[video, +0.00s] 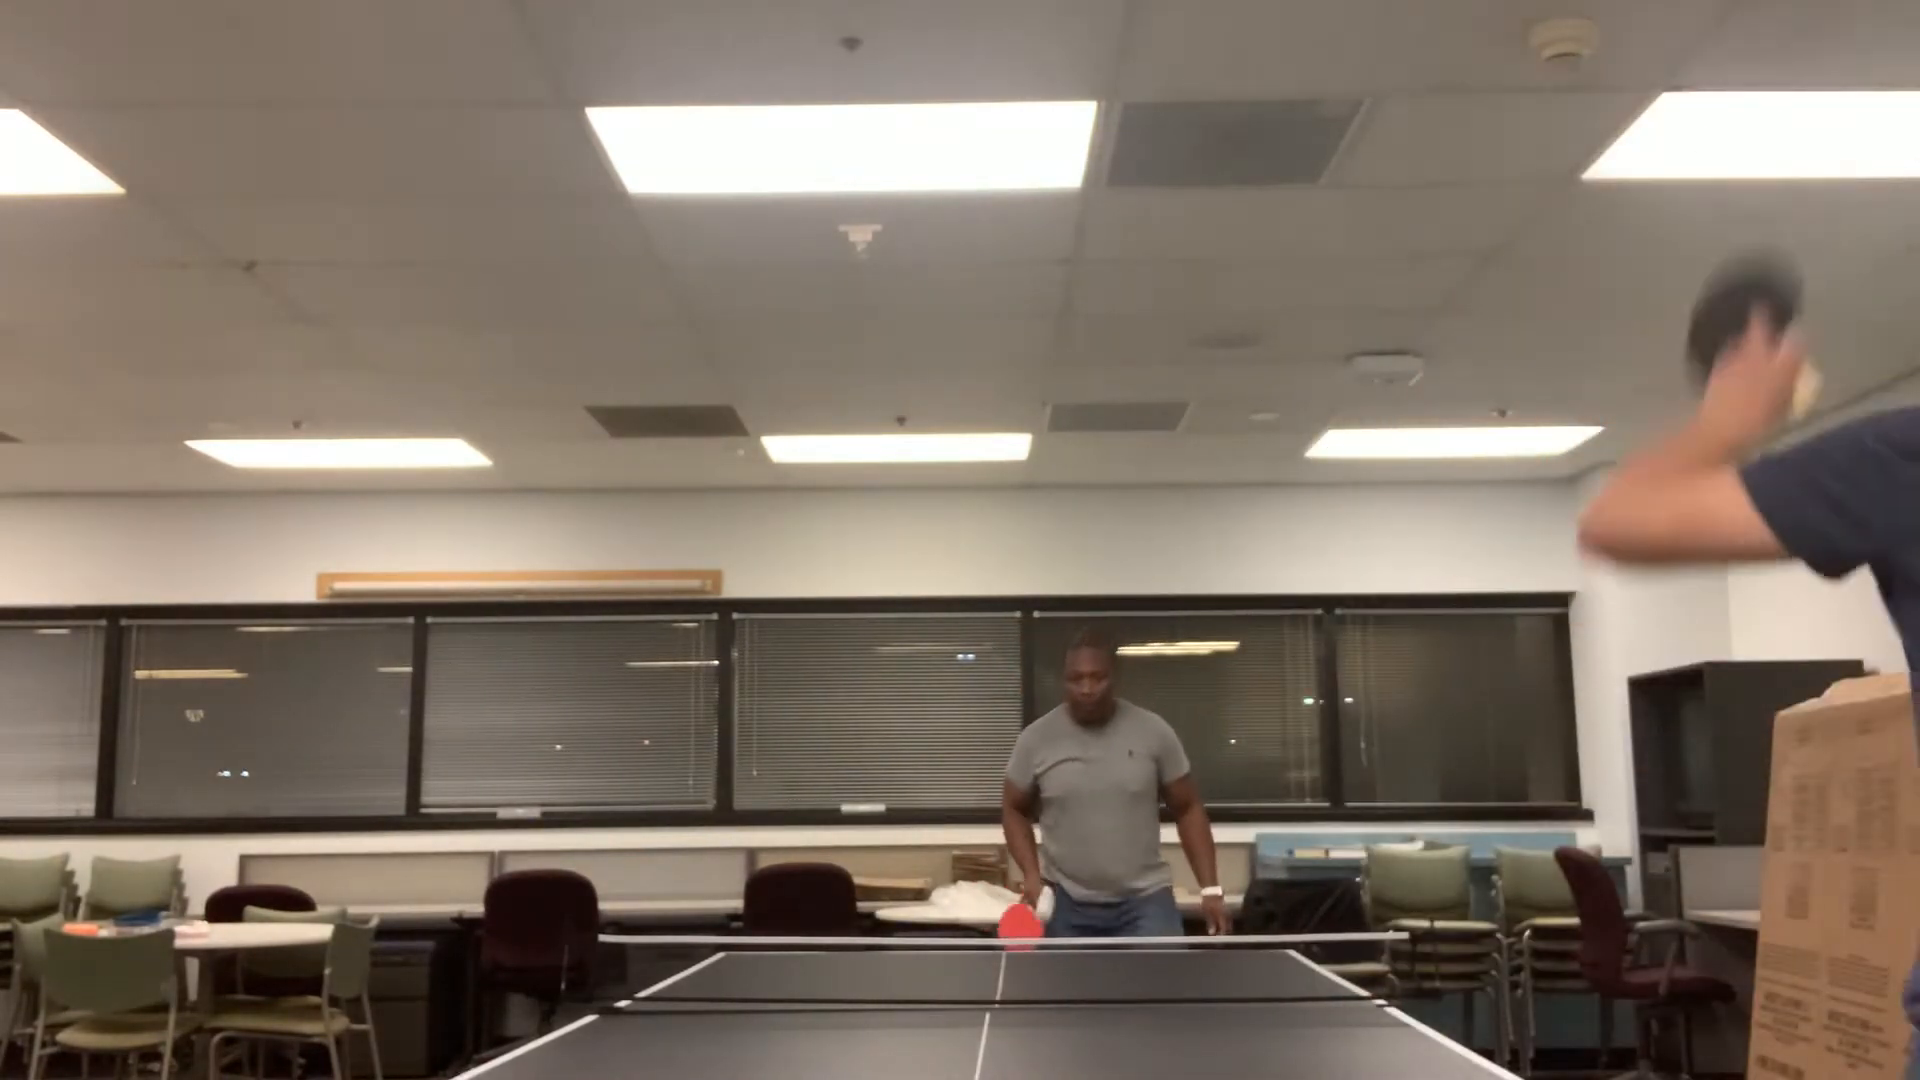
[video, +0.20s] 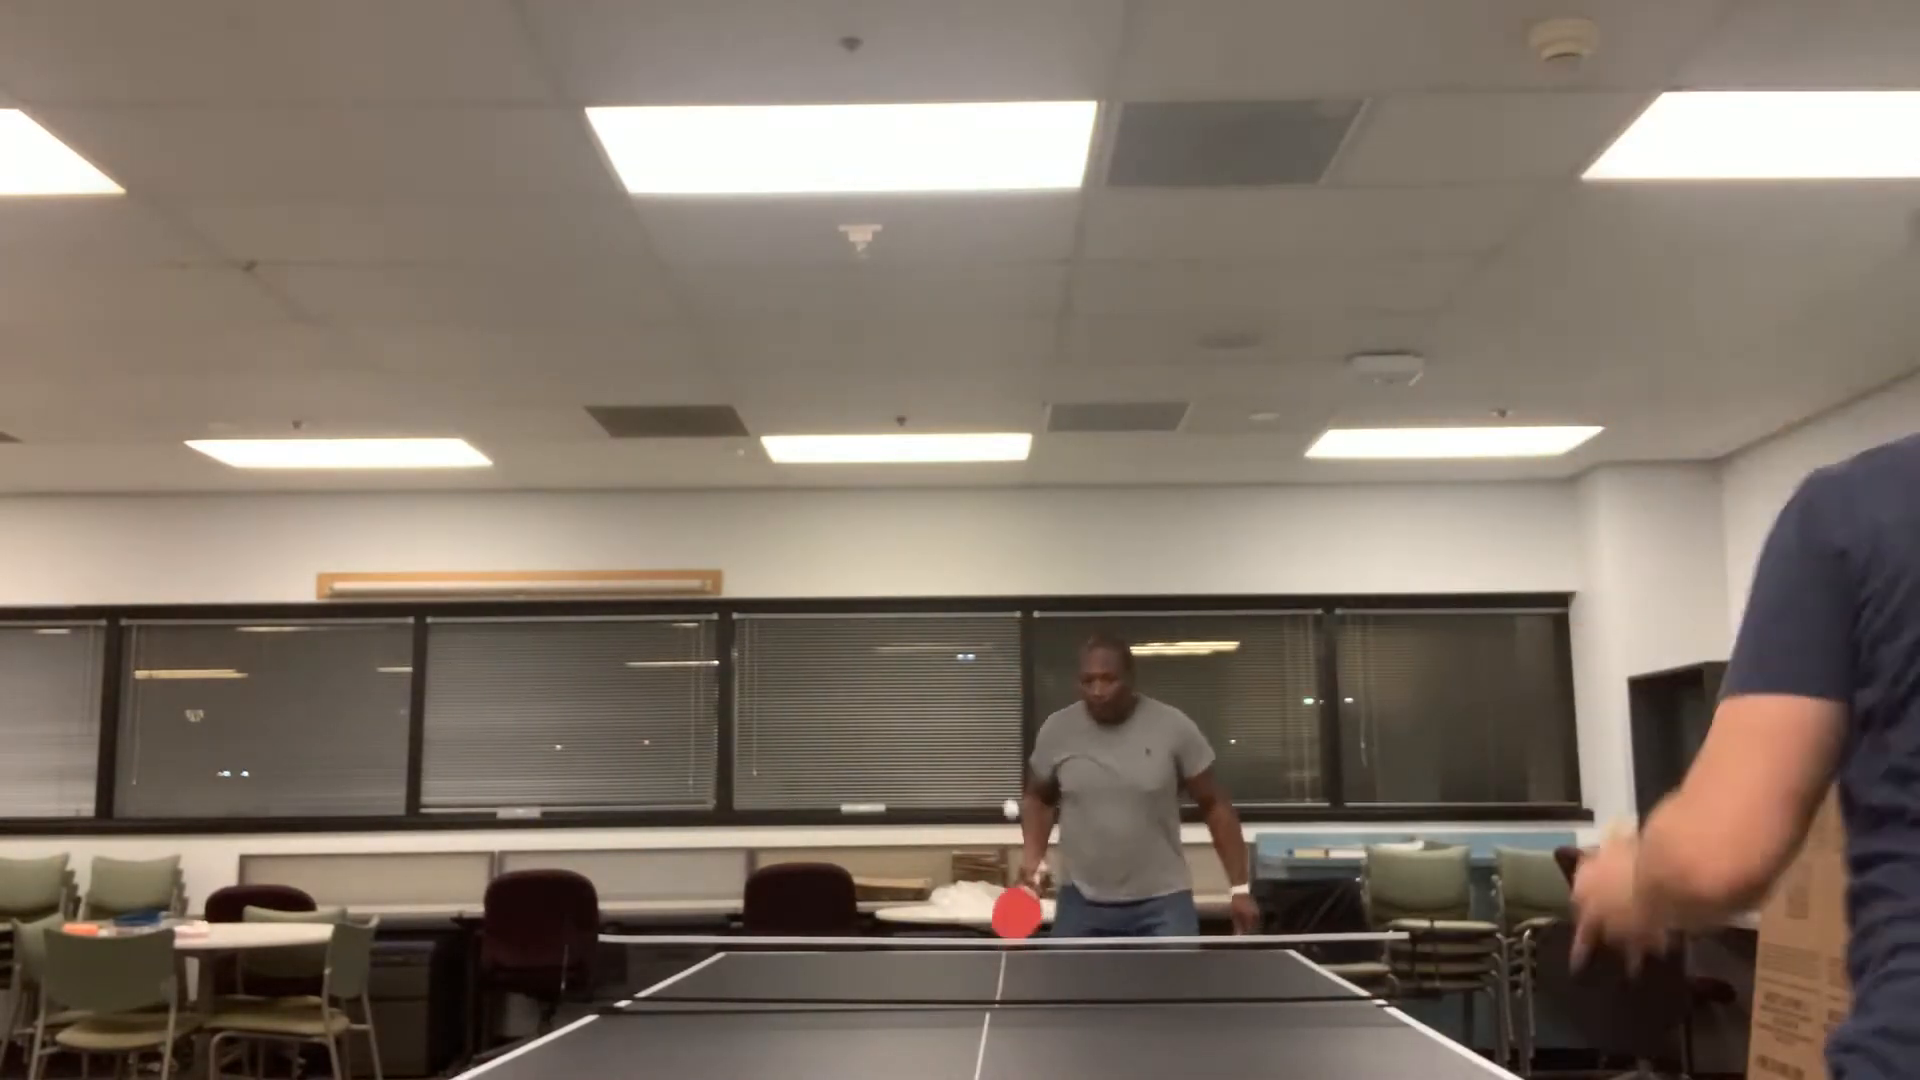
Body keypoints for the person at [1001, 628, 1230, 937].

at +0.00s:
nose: (1086, 689)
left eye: (1097, 678)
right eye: (1076, 679)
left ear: (1113, 678)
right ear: (1063, 680)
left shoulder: (1153, 733)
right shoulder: (1035, 740)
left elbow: (1187, 809)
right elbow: (1014, 811)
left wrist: (1210, 891)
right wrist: (1031, 876)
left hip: (1145, 900)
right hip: (1068, 901)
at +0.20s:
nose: (1097, 691)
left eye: (1108, 679)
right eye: (1088, 681)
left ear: (1129, 680)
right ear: (1079, 682)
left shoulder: (1172, 727)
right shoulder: (1057, 730)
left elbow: (1215, 805)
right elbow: (1038, 797)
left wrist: (1240, 888)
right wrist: (1033, 858)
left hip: (1162, 902)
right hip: (1082, 902)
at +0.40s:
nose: (1118, 679)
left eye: (1129, 670)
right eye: (1112, 668)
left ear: (1158, 665)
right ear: (1106, 661)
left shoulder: (1202, 694)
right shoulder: (1092, 692)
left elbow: (1261, 755)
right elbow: (1051, 746)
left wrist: (1305, 833)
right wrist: (1025, 778)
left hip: (1183, 879)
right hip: (1108, 878)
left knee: (1186, 993)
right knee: (1095, 990)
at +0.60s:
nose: (1142, 669)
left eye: (1154, 660)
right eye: (1136, 657)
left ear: (1181, 660)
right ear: (1129, 653)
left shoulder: (1216, 692)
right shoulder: (1110, 681)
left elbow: (1284, 741)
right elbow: (1057, 721)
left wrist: (1347, 805)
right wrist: (1027, 740)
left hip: (1188, 878)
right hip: (1114, 873)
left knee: (1190, 1001)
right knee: (1096, 990)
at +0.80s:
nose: (1152, 669)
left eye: (1164, 660)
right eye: (1144, 658)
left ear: (1185, 664)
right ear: (1133, 659)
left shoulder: (1218, 714)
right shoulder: (1105, 701)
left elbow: (1271, 781)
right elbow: (1056, 764)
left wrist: (1312, 857)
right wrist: (1060, 796)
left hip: (1183, 893)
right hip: (1106, 885)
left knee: (1182, 1011)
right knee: (1089, 1001)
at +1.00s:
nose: (1133, 675)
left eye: (1143, 665)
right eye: (1123, 665)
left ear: (1157, 671)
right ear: (1108, 671)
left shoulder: (1188, 728)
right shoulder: (1073, 720)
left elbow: (1218, 805)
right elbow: (1035, 788)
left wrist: (1231, 888)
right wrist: (1063, 834)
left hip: (1161, 899)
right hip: (1086, 896)